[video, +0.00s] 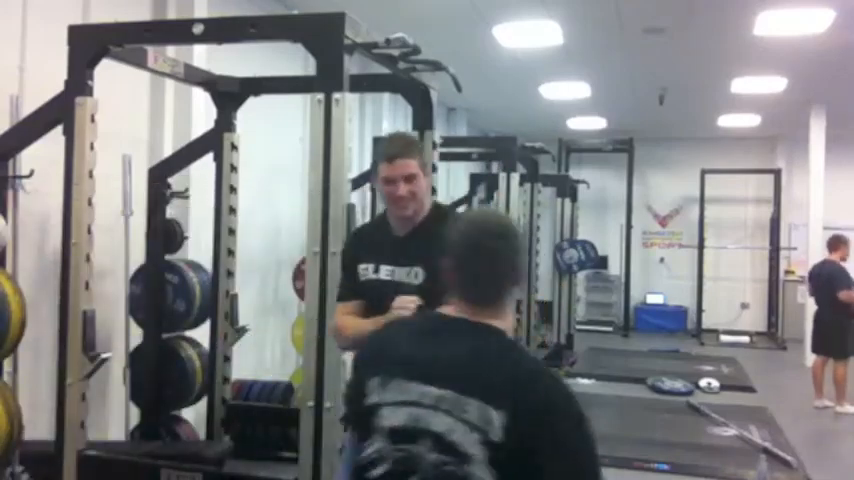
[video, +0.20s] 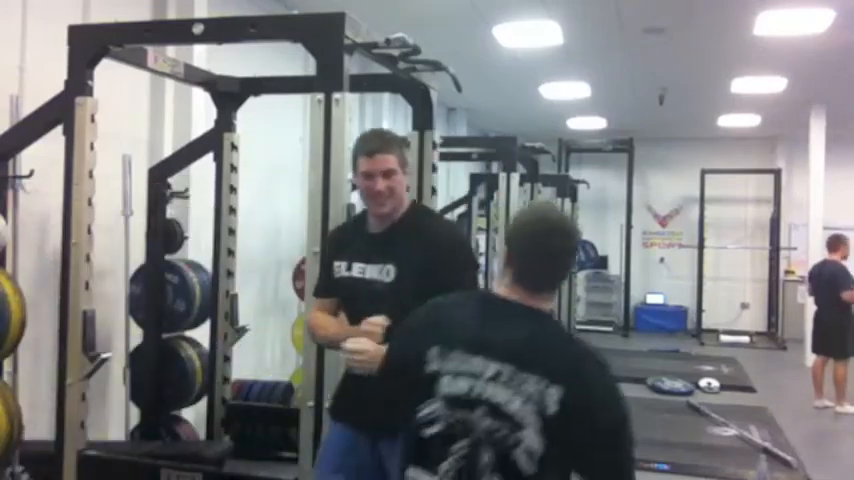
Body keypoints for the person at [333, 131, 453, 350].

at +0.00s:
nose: (401, 192)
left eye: (410, 179)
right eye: (389, 182)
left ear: (428, 176)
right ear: (375, 184)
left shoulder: (457, 234)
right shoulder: (362, 241)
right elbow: (342, 330)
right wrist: (387, 320)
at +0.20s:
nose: (379, 186)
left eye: (388, 175)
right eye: (369, 176)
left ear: (406, 175)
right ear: (355, 180)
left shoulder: (444, 240)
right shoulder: (341, 239)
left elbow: (460, 334)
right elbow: (317, 320)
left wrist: (388, 356)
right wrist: (354, 331)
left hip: (419, 412)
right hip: (353, 409)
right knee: (332, 471)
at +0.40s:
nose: (371, 178)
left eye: (382, 168)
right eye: (361, 168)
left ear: (402, 172)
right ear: (348, 173)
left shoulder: (434, 242)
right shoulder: (325, 235)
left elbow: (440, 335)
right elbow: (291, 308)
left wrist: (358, 363)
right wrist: (318, 329)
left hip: (399, 423)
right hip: (330, 421)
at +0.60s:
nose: (406, 195)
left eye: (414, 186)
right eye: (396, 183)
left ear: (420, 185)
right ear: (364, 176)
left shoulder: (428, 250)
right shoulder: (314, 234)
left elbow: (434, 344)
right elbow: (270, 317)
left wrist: (356, 355)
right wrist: (327, 323)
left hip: (386, 434)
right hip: (311, 427)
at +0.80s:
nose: (403, 199)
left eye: (409, 190)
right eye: (393, 187)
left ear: (415, 190)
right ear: (356, 180)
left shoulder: (418, 252)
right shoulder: (290, 243)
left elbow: (494, 307)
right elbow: (237, 325)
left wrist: (422, 346)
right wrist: (324, 335)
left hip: (382, 452)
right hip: (299, 448)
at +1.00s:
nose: (361, 186)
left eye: (372, 177)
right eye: (349, 174)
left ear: (382, 183)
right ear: (324, 173)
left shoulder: (409, 259)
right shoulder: (289, 252)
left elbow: (478, 329)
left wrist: (422, 387)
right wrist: (322, 341)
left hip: (384, 456)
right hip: (302, 450)